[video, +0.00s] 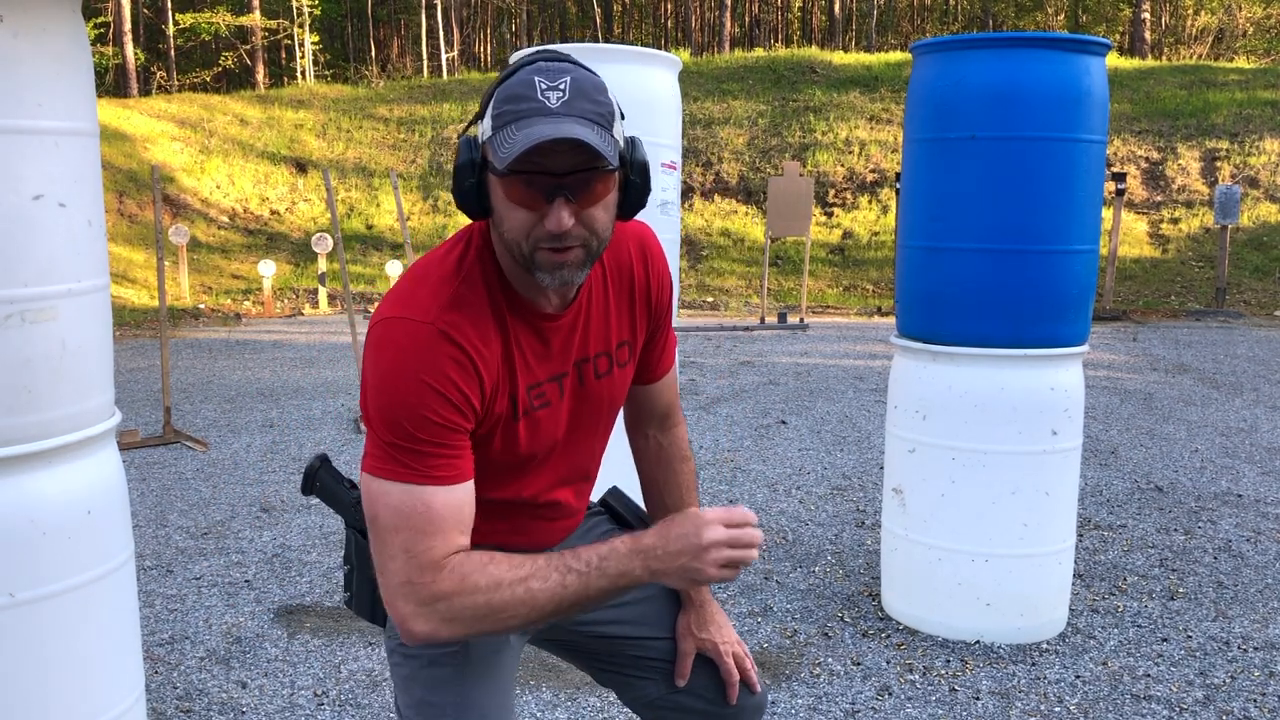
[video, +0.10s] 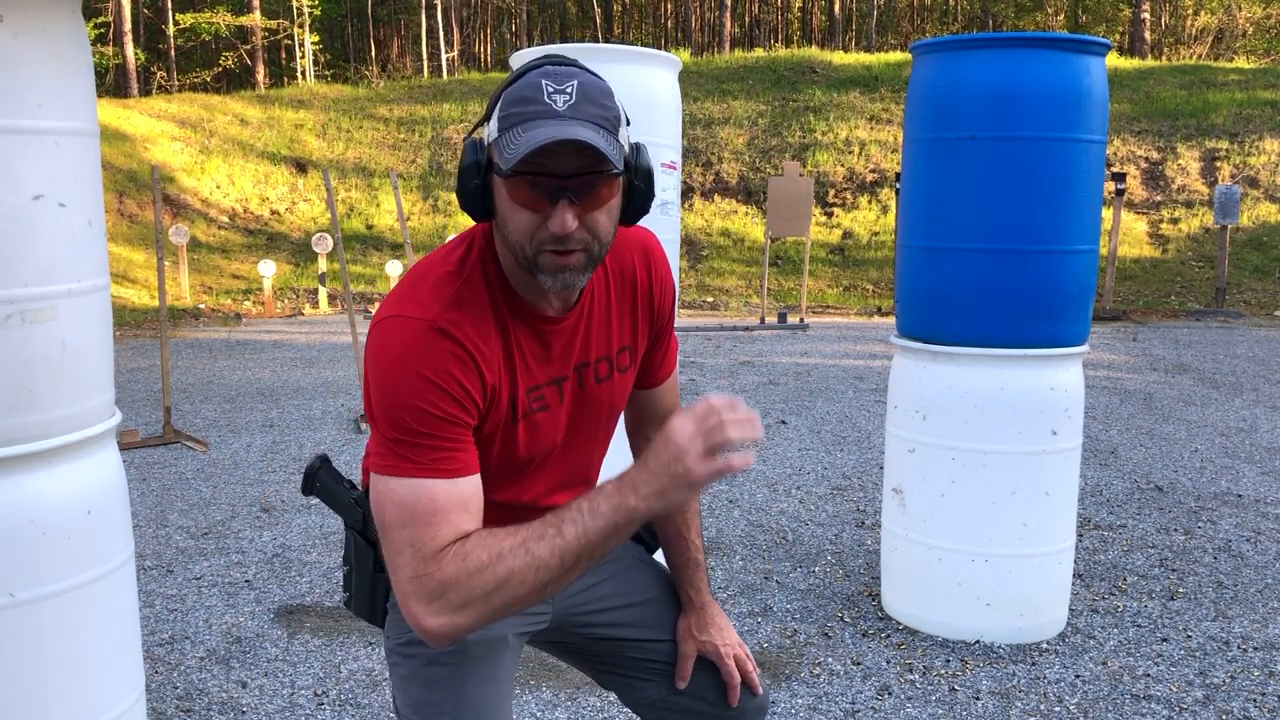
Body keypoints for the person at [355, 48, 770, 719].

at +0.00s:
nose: (560, 216)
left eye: (584, 181)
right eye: (533, 183)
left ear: (620, 181)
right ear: (483, 181)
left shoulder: (635, 260)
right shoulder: (422, 332)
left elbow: (658, 422)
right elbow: (423, 600)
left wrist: (698, 592)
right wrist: (651, 556)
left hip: (569, 538)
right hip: (450, 573)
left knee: (730, 698)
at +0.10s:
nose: (564, 218)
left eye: (589, 182)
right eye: (537, 183)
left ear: (624, 186)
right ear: (488, 183)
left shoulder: (639, 266)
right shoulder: (422, 331)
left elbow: (657, 431)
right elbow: (436, 596)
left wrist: (697, 597)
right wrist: (644, 490)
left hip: (583, 552)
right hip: (455, 579)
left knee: (731, 700)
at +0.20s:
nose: (554, 213)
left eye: (580, 178)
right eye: (526, 179)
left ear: (618, 180)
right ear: (482, 179)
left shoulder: (636, 263)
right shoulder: (419, 328)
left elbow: (662, 431)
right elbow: (487, 582)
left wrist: (699, 600)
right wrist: (641, 399)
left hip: (583, 545)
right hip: (447, 567)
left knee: (730, 700)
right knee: (458, 706)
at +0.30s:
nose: (543, 208)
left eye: (568, 172)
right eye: (513, 175)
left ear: (608, 173)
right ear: (470, 176)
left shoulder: (629, 258)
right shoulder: (417, 321)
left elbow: (661, 432)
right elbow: (533, 554)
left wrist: (699, 600)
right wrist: (657, 350)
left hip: (585, 542)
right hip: (445, 562)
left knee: (731, 700)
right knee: (454, 705)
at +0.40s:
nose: (540, 204)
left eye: (565, 168)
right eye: (509, 170)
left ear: (604, 168)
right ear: (464, 172)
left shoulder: (625, 251)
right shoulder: (415, 318)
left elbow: (659, 434)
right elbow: (557, 530)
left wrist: (697, 598)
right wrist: (691, 328)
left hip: (595, 552)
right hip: (451, 566)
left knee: (732, 698)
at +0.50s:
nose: (542, 207)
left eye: (567, 170)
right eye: (511, 170)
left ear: (605, 172)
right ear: (465, 172)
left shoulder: (624, 250)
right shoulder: (415, 317)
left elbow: (657, 436)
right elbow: (562, 523)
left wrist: (694, 594)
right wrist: (711, 329)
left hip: (592, 557)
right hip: (449, 565)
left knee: (729, 703)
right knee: (458, 705)